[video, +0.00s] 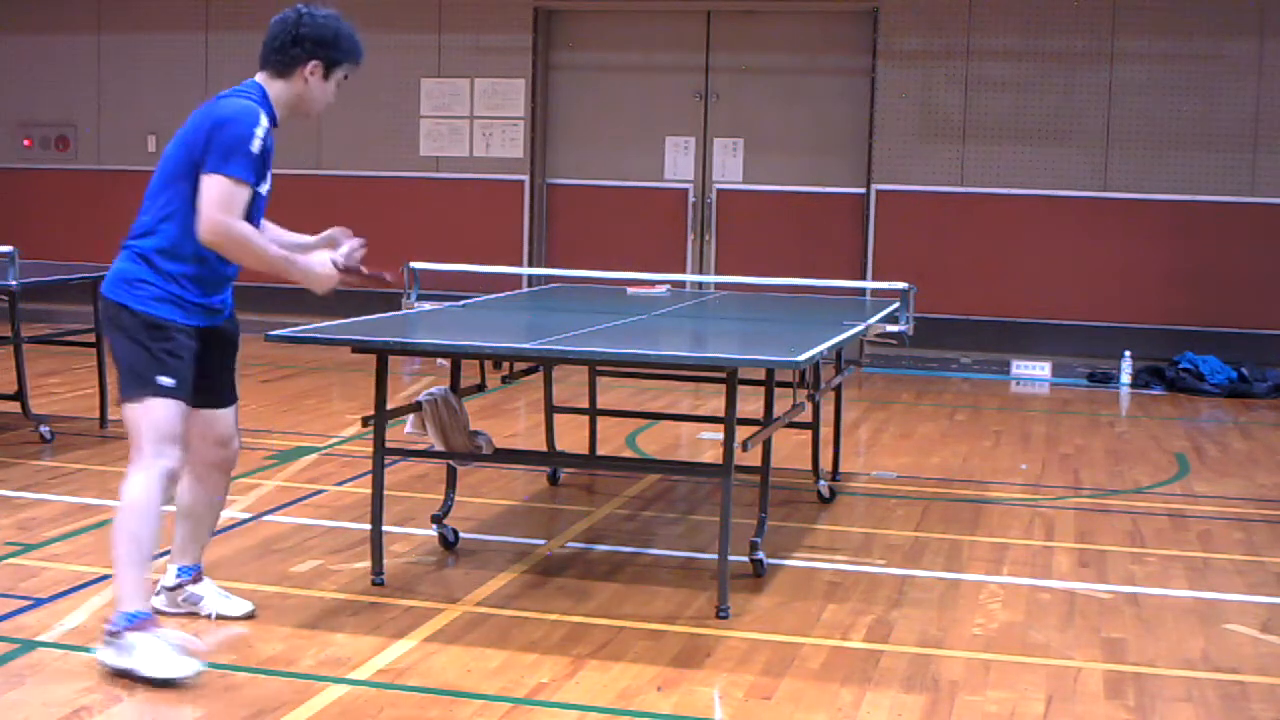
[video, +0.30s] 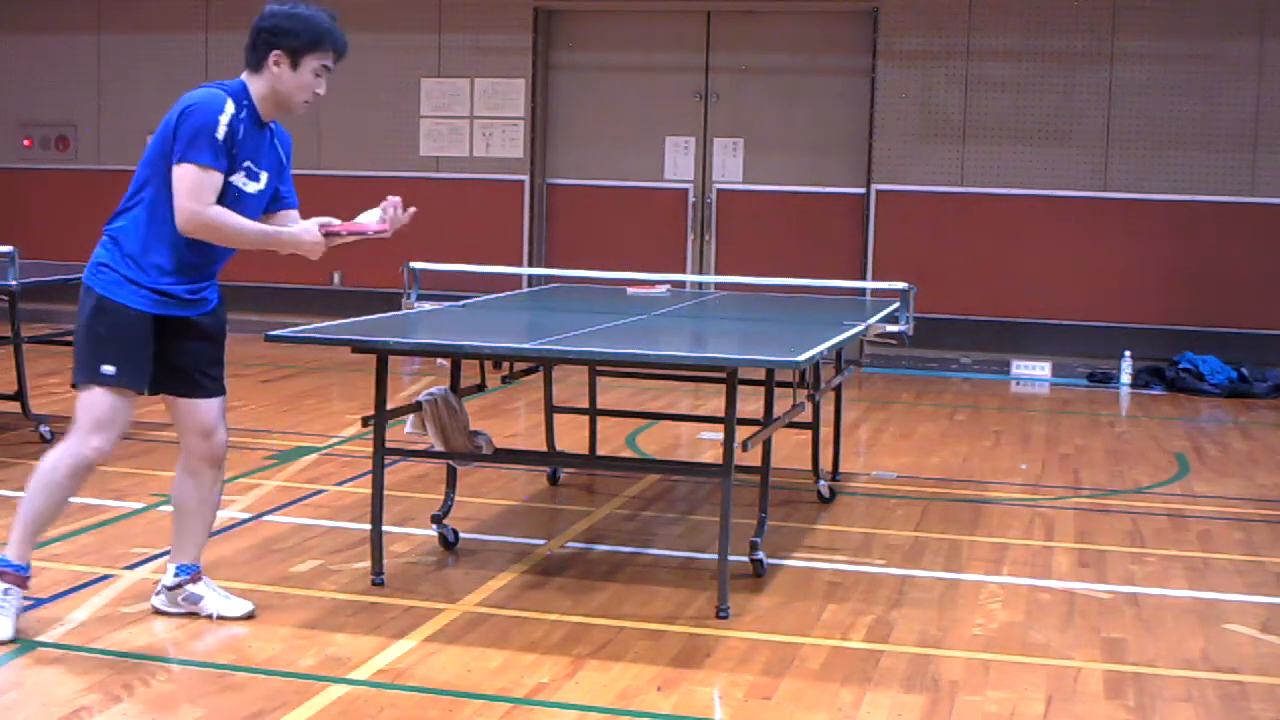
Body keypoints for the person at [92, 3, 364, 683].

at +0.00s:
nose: (336, 98)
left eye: (340, 84)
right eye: (338, 82)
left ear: (300, 69)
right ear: (310, 71)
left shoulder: (260, 123)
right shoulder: (242, 117)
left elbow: (244, 225)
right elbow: (213, 225)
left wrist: (314, 245)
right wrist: (299, 269)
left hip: (205, 308)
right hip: (153, 302)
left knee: (214, 451)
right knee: (157, 455)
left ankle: (181, 581)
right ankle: (127, 626)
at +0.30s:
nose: (323, 89)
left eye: (328, 76)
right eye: (317, 72)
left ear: (292, 70)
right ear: (275, 61)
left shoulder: (276, 143)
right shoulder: (210, 109)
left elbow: (286, 235)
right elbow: (193, 215)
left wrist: (363, 225)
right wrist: (286, 238)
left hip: (191, 299)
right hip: (124, 288)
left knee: (207, 444)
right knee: (95, 436)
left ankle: (181, 581)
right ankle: (10, 571)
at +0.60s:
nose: (314, 95)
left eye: (317, 82)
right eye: (305, 79)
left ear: (278, 78)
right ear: (261, 72)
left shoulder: (279, 148)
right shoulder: (193, 120)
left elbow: (296, 241)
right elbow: (194, 230)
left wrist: (364, 237)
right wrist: (289, 242)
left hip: (180, 296)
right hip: (107, 285)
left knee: (195, 436)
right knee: (63, 432)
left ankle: (182, 580)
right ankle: (1, 574)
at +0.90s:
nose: (295, 91)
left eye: (298, 76)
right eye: (284, 74)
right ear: (241, 75)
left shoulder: (269, 145)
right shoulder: (177, 123)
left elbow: (313, 233)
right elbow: (197, 230)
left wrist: (390, 256)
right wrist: (298, 227)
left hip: (168, 299)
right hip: (96, 289)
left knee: (192, 434)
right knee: (40, 435)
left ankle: (180, 578)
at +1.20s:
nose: (245, 68)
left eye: (243, 54)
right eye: (231, 54)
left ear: (206, 67)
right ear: (186, 65)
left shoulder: (225, 123)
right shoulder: (133, 125)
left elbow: (312, 147)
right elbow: (156, 232)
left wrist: (401, 150)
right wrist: (252, 208)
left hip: (144, 304)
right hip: (69, 302)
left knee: (187, 435)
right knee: (30, 455)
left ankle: (180, 579)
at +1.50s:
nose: (202, 52)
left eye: (198, 39)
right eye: (185, 40)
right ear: (142, 59)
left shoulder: (206, 122)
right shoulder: (92, 121)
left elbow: (302, 150)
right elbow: (21, 190)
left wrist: (381, 177)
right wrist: (107, 208)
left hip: (131, 310)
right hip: (51, 310)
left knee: (180, 440)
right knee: (17, 467)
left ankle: (180, 578)